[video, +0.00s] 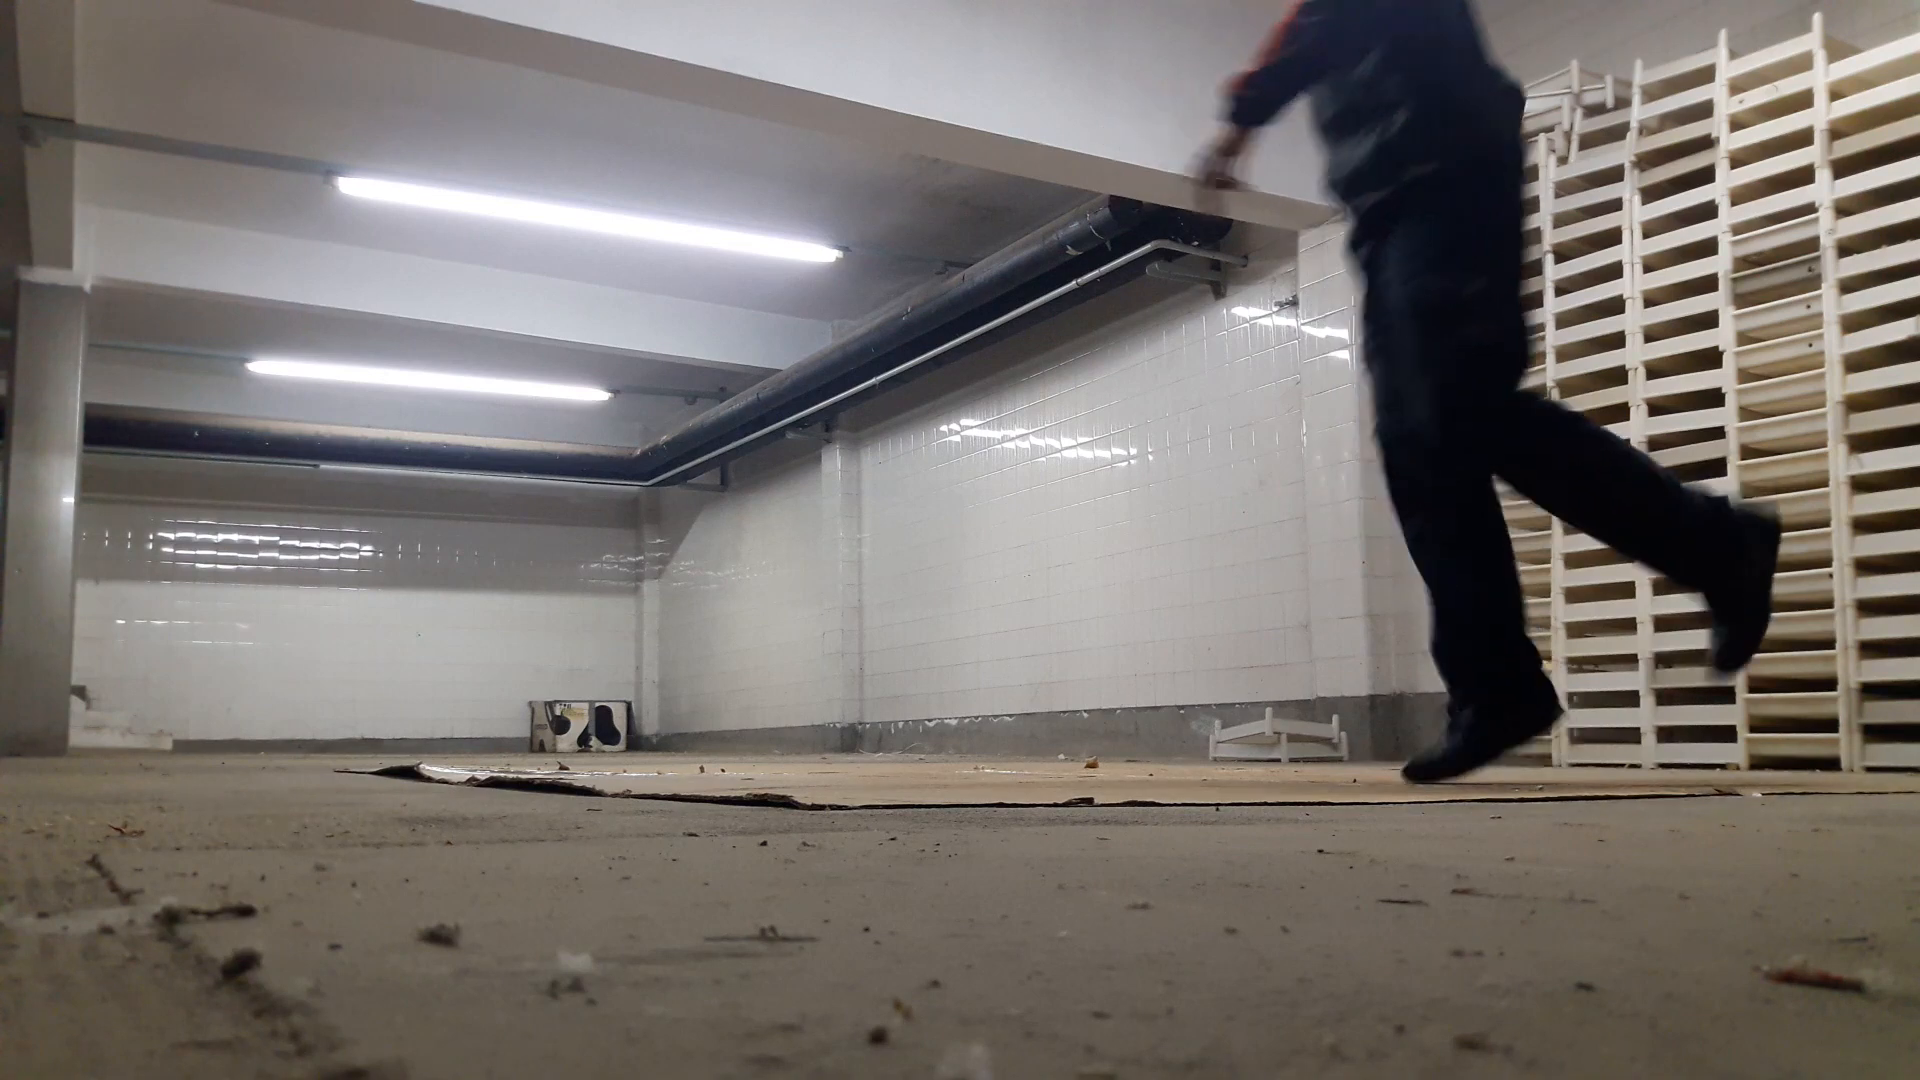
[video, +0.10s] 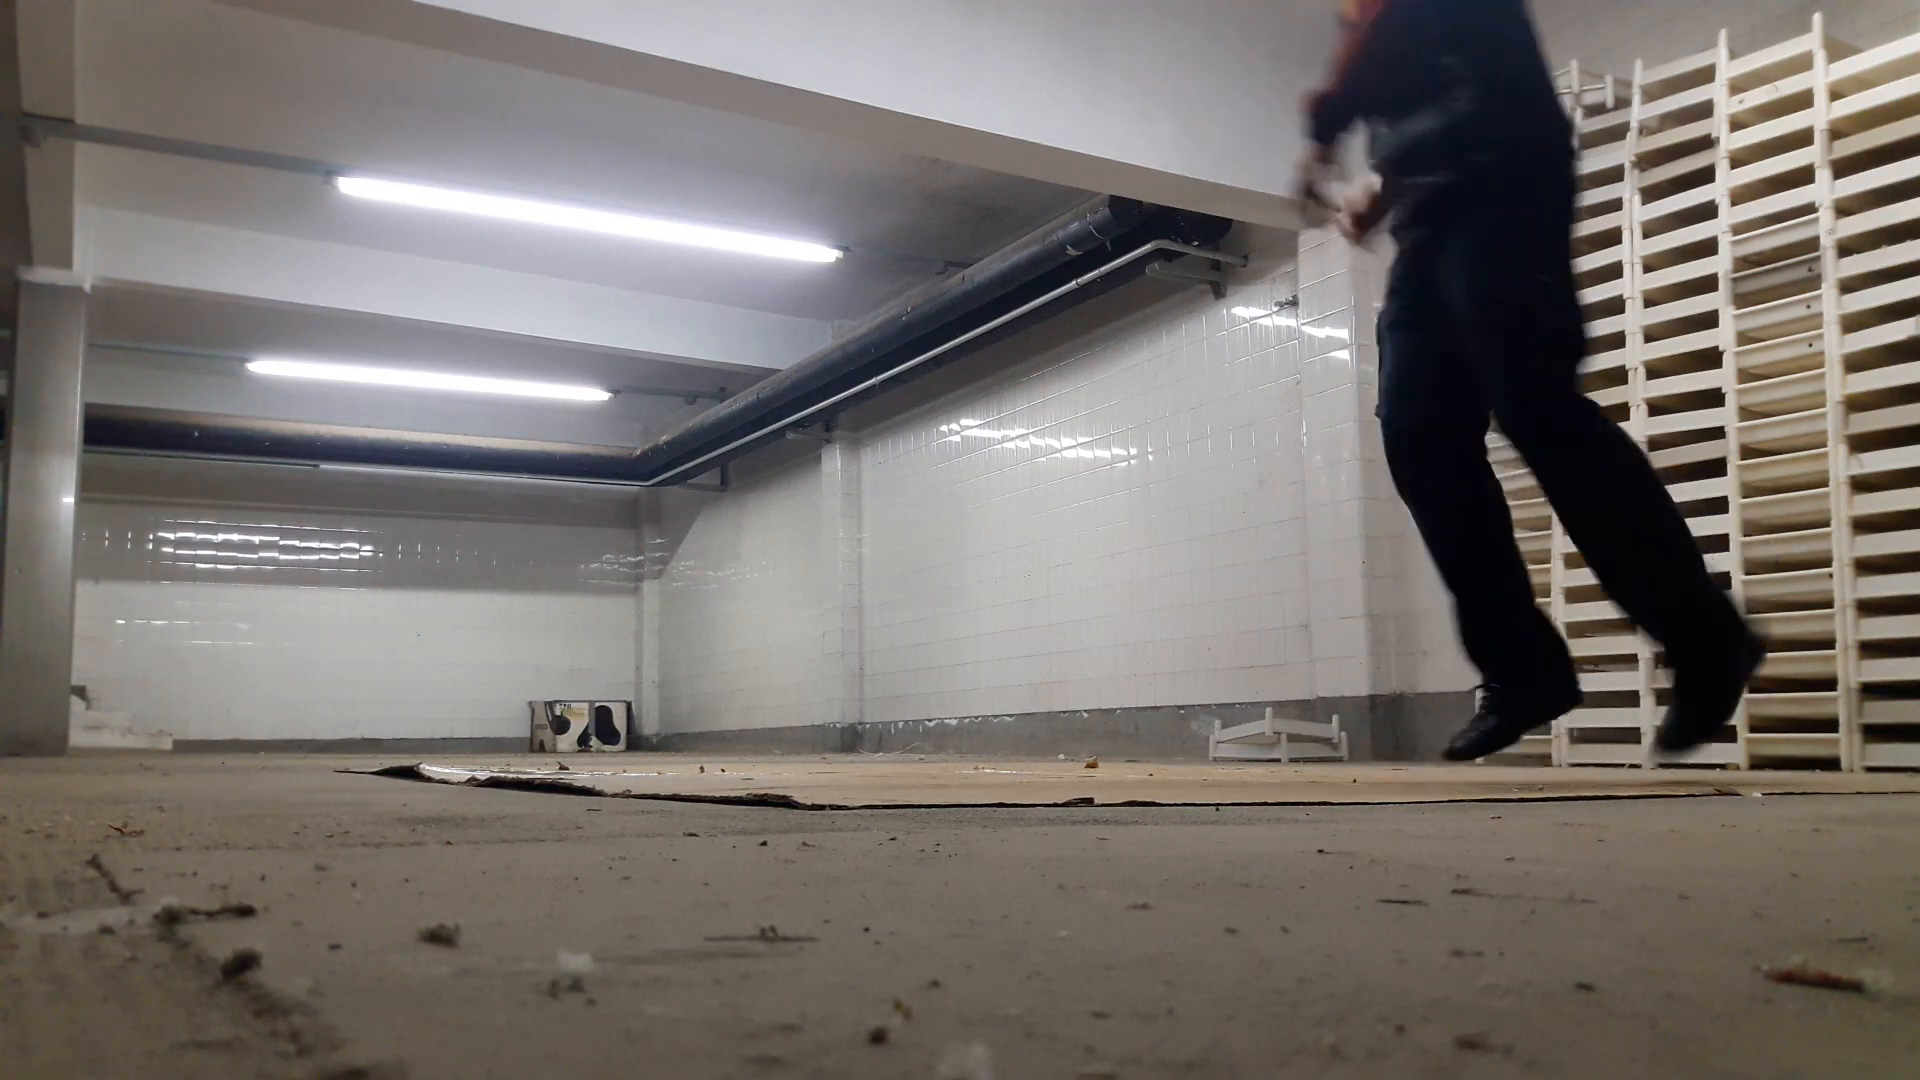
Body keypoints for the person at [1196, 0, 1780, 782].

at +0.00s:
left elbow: (1329, 23)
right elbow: (1316, 39)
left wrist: (1244, 107)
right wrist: (1240, 126)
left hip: (1447, 151)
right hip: (1384, 183)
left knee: (1469, 407)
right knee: (1417, 442)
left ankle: (1722, 548)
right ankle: (1499, 691)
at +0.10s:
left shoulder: (1457, 10)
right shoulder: (1382, 19)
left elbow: (1489, 104)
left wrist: (1331, 123)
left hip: (1504, 176)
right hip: (1428, 196)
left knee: (1540, 410)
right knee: (1424, 439)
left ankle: (1709, 642)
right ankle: (1525, 674)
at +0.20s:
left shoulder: (1516, 9)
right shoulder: (1415, 16)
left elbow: (1498, 74)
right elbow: (1429, 94)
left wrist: (1379, 154)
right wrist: (1392, 181)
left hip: (1552, 233)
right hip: (1476, 244)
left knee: (1604, 464)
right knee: (1436, 458)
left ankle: (1723, 705)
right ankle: (1526, 679)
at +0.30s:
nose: (1408, 6)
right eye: (1404, 5)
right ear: (1415, 12)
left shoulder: (1553, 15)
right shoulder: (1420, 83)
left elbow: (1573, 141)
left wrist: (1436, 220)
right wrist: (1357, 155)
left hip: (1596, 313)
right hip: (1502, 330)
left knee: (1614, 511)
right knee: (1461, 520)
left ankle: (1747, 732)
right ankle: (1511, 721)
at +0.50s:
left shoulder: (1583, 6)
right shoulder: (1391, 18)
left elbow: (1650, 95)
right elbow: (1346, 141)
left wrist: (1535, 204)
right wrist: (1364, 229)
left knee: (1648, 478)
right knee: (1467, 489)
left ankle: (1697, 702)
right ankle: (1509, 706)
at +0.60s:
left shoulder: (1580, 14)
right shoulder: (1387, 33)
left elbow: (1649, 115)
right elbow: (1338, 172)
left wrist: (1602, 214)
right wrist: (1318, 313)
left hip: (1573, 287)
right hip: (1462, 297)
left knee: (1611, 476)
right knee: (1506, 487)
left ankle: (1613, 698)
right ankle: (1549, 705)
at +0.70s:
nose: (1456, 19)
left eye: (1466, 7)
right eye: (1439, 11)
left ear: (1488, 8)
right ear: (1413, 15)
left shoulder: (1549, 75)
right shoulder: (1377, 105)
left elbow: (1622, 177)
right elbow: (1319, 253)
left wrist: (1662, 228)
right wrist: (1280, 385)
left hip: (1562, 341)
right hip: (1465, 355)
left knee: (1616, 502)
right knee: (1547, 518)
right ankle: (1576, 740)